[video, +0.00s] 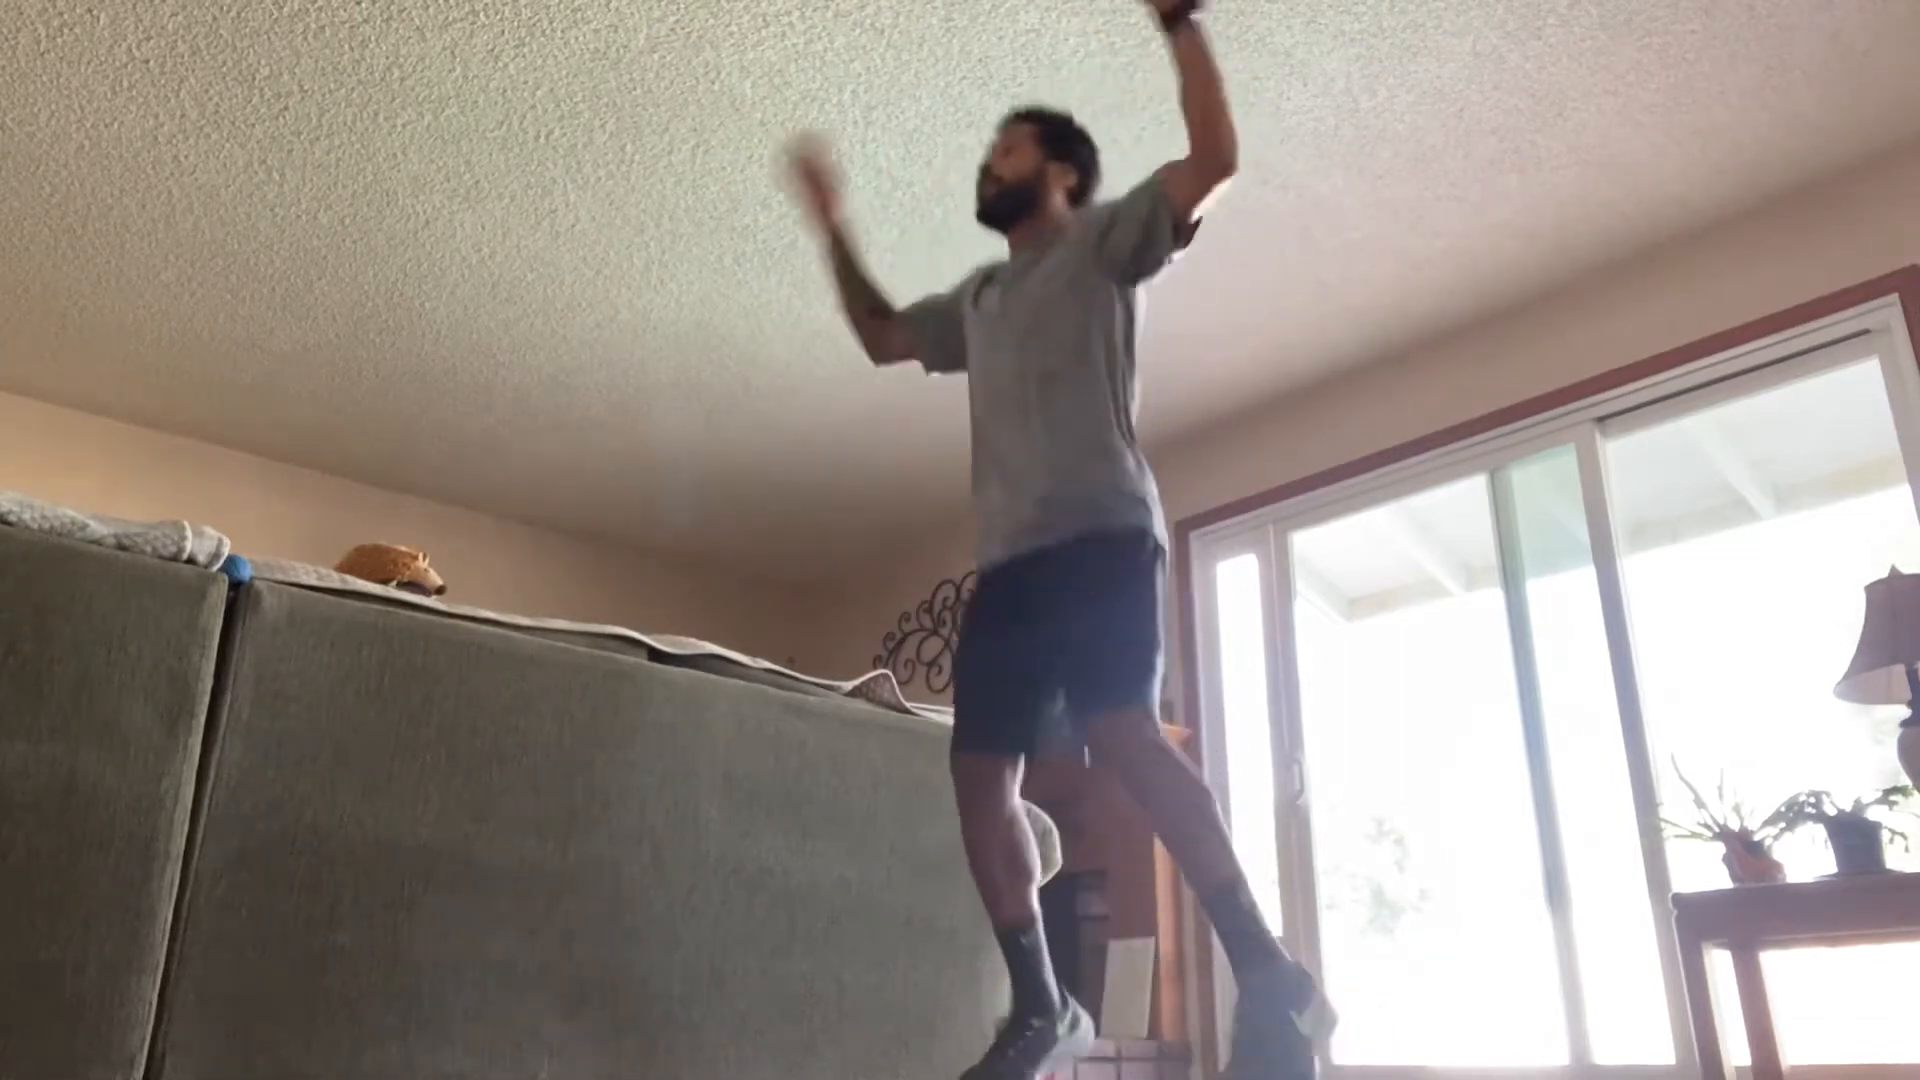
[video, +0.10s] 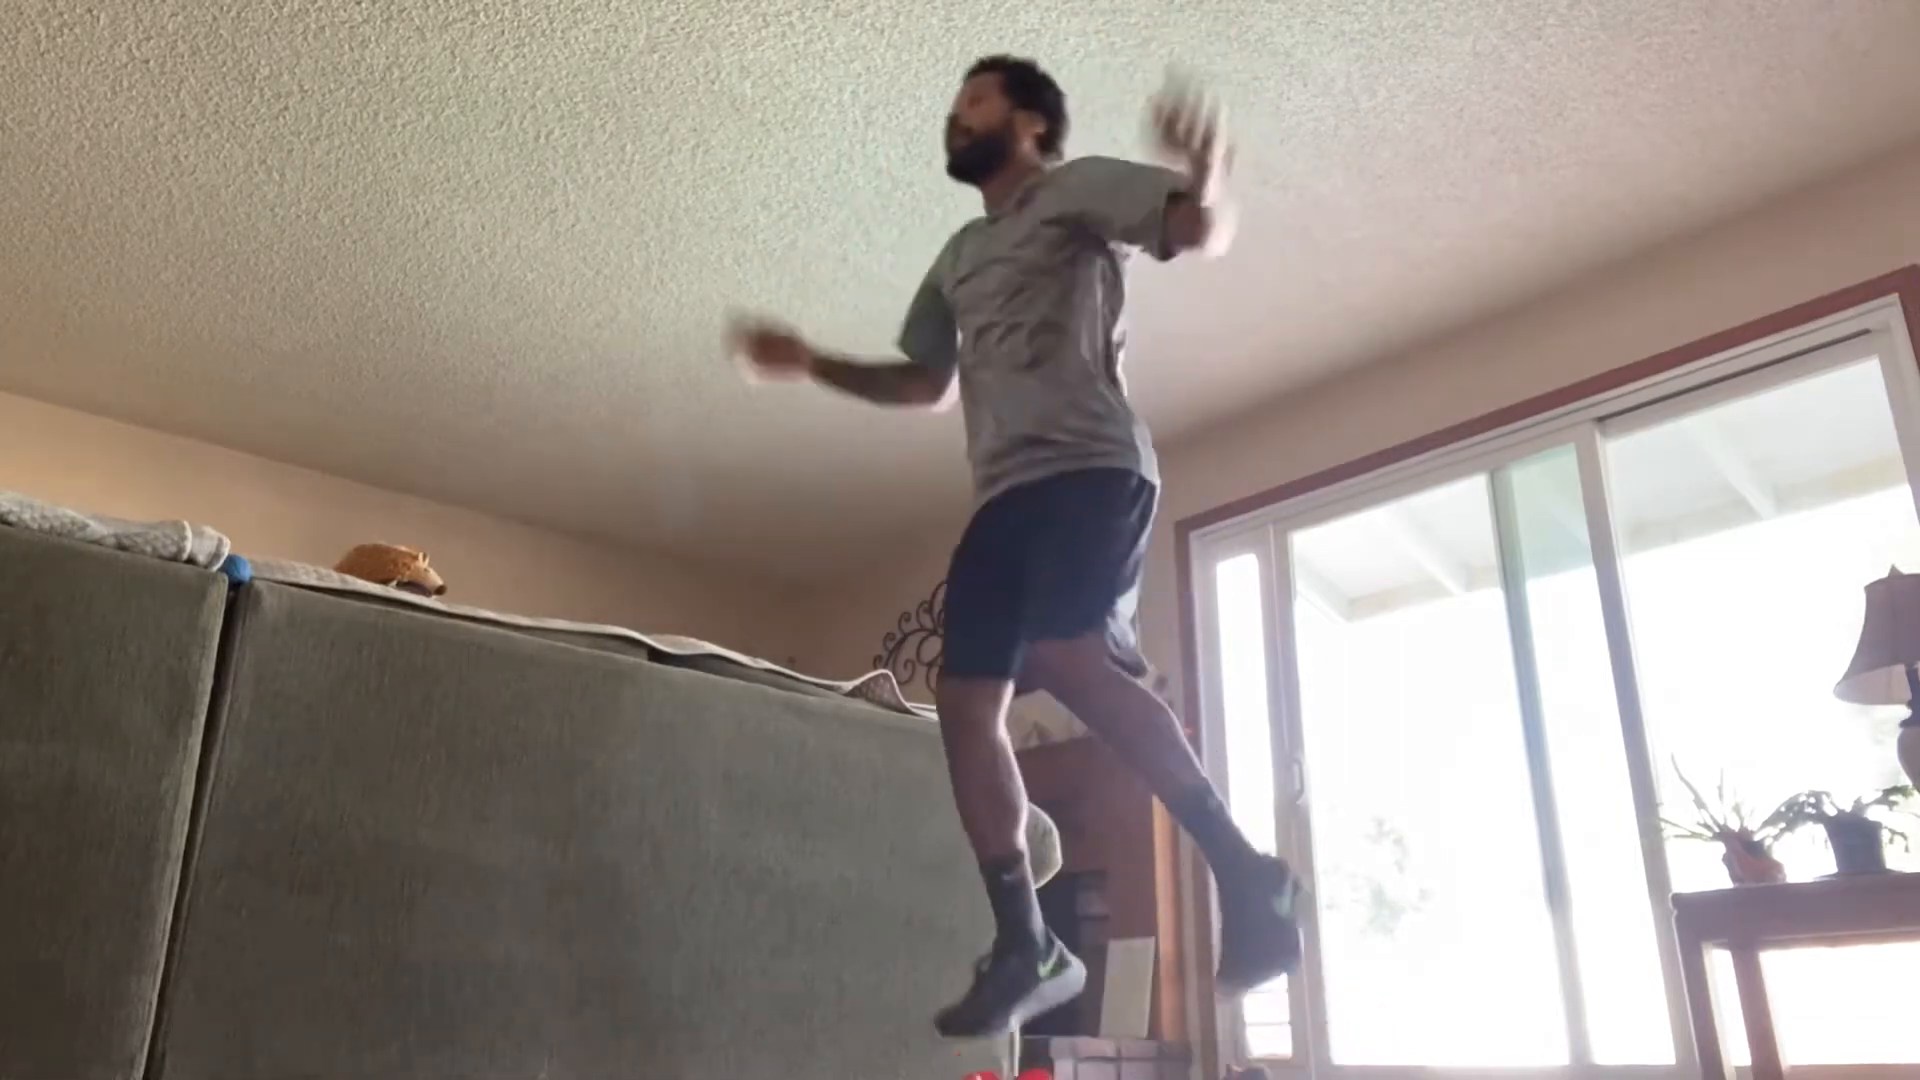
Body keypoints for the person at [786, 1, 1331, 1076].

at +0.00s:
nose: (988, 163)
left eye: (1009, 148)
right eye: (988, 152)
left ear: (1064, 171)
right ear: (1006, 183)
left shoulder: (1101, 242)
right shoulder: (977, 299)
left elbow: (1212, 160)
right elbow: (881, 334)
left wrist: (1184, 31)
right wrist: (832, 227)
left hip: (1104, 533)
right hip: (1010, 557)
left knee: (1121, 737)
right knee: (980, 775)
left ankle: (1266, 973)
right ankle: (1039, 1007)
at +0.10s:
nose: (957, 112)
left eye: (980, 95)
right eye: (957, 100)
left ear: (1035, 124)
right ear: (965, 131)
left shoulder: (1072, 186)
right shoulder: (957, 257)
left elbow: (1194, 234)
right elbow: (924, 381)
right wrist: (814, 364)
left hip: (1093, 464)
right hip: (1006, 491)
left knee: (1064, 656)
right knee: (970, 709)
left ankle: (1246, 873)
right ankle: (1027, 945)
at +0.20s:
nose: (916, 116)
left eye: (937, 100)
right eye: (917, 102)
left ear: (994, 125)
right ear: (950, 132)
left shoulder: (1050, 205)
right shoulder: (941, 269)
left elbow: (1163, 307)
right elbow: (979, 397)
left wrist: (1096, 374)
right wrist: (925, 479)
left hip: (1083, 470)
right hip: (994, 489)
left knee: (1041, 668)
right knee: (953, 703)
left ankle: (1253, 842)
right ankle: (982, 953)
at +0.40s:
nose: (855, 284)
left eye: (875, 266)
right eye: (855, 270)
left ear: (936, 282)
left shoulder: (1015, 355)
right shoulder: (920, 413)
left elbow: (1056, 501)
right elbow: (960, 550)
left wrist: (916, 459)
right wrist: (931, 644)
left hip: (1104, 624)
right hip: (1005, 631)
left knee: (1035, 840)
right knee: (907, 790)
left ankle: (1210, 931)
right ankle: (948, 1038)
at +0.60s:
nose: (937, 269)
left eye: (951, 249)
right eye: (932, 257)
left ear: (1020, 258)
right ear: (945, 287)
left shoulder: (1121, 324)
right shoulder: (974, 410)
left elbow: (1273, 391)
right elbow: (978, 550)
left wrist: (1400, 452)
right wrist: (976, 412)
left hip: (1207, 576)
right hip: (1088, 611)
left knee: (1240, 726)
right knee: (978, 818)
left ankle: (1386, 892)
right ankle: (949, 1041)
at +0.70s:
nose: (1052, 172)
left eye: (1069, 147)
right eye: (1042, 158)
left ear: (1135, 152)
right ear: (1044, 180)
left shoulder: (1241, 218)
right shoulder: (1073, 309)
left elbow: (1398, 273)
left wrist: (1545, 330)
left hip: (1315, 503)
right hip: (1194, 542)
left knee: (1441, 633)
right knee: (1095, 772)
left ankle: (1597, 878)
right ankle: (1012, 1006)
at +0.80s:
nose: (1198, 108)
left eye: (1217, 81)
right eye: (1182, 94)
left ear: (1280, 83)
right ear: (1175, 113)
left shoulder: (1386, 174)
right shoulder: (1188, 251)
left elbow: (1538, 234)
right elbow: (1203, 426)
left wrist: (1688, 304)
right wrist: (1207, 243)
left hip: (1442, 480)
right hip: (1307, 517)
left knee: (1606, 643)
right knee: (1195, 758)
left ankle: (1821, 901)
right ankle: (1188, 987)